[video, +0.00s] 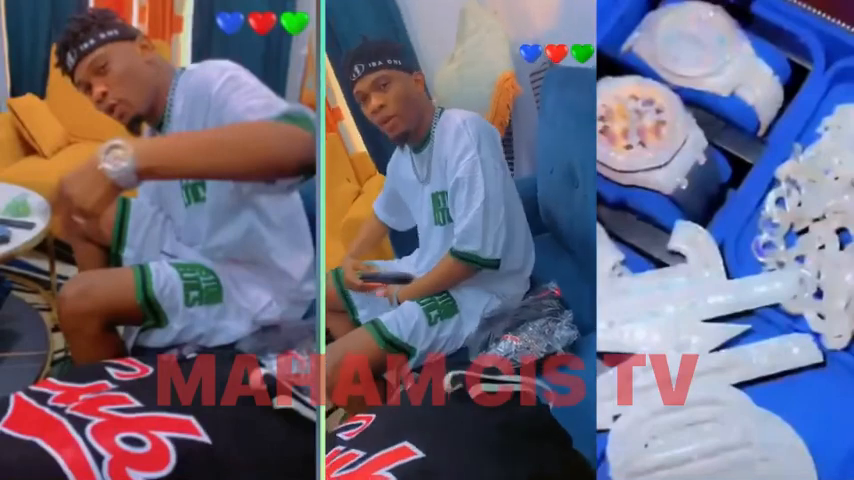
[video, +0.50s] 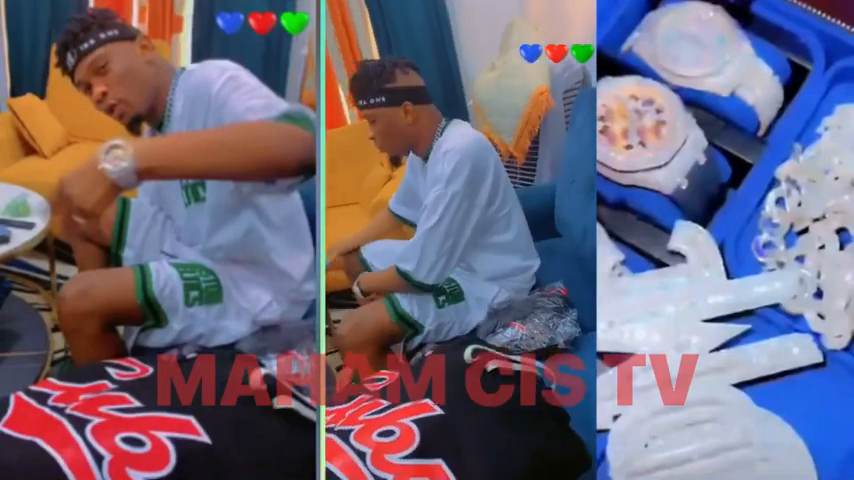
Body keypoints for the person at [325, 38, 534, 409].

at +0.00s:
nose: (375, 106)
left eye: (383, 86)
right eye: (364, 100)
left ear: (418, 81)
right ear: (363, 111)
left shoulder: (465, 134)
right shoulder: (402, 156)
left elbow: (476, 251)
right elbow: (385, 213)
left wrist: (405, 293)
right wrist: (352, 258)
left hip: (484, 285)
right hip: (430, 269)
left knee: (332, 362)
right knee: (328, 289)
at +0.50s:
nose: (371, 134)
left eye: (373, 122)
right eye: (369, 124)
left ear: (408, 113)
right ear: (409, 114)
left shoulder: (461, 153)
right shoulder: (426, 147)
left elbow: (425, 269)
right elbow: (397, 213)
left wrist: (361, 283)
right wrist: (346, 247)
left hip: (492, 286)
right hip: (459, 260)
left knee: (353, 331)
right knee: (359, 259)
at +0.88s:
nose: (371, 148)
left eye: (376, 136)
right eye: (368, 137)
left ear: (417, 124)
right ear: (417, 125)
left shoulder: (467, 158)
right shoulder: (431, 145)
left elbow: (418, 272)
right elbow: (385, 198)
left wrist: (360, 259)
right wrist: (325, 228)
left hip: (495, 285)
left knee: (358, 310)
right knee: (364, 233)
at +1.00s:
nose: (377, 149)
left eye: (381, 139)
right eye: (375, 139)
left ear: (421, 132)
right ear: (423, 131)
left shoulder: (476, 165)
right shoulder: (440, 148)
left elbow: (419, 272)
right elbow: (394, 195)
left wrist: (364, 251)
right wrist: (338, 218)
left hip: (497, 290)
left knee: (358, 304)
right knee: (369, 229)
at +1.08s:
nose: (387, 146)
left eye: (391, 137)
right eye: (386, 137)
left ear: (432, 135)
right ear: (434, 134)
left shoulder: (489, 170)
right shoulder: (445, 151)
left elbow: (420, 273)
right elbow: (398, 193)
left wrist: (375, 246)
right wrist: (332, 212)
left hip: (496, 295)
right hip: (463, 259)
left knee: (358, 297)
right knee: (370, 220)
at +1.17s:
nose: (394, 138)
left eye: (399, 130)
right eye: (394, 128)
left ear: (441, 132)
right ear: (441, 130)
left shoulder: (495, 171)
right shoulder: (454, 147)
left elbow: (418, 268)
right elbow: (399, 190)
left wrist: (367, 232)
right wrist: (330, 203)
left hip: (494, 298)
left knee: (356, 290)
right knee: (373, 216)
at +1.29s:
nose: (419, 131)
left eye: (426, 123)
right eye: (420, 120)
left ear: (469, 129)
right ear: (469, 128)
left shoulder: (514, 178)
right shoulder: (472, 145)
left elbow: (424, 265)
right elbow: (407, 186)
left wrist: (368, 227)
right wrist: (336, 193)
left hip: (494, 301)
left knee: (359, 284)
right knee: (376, 211)